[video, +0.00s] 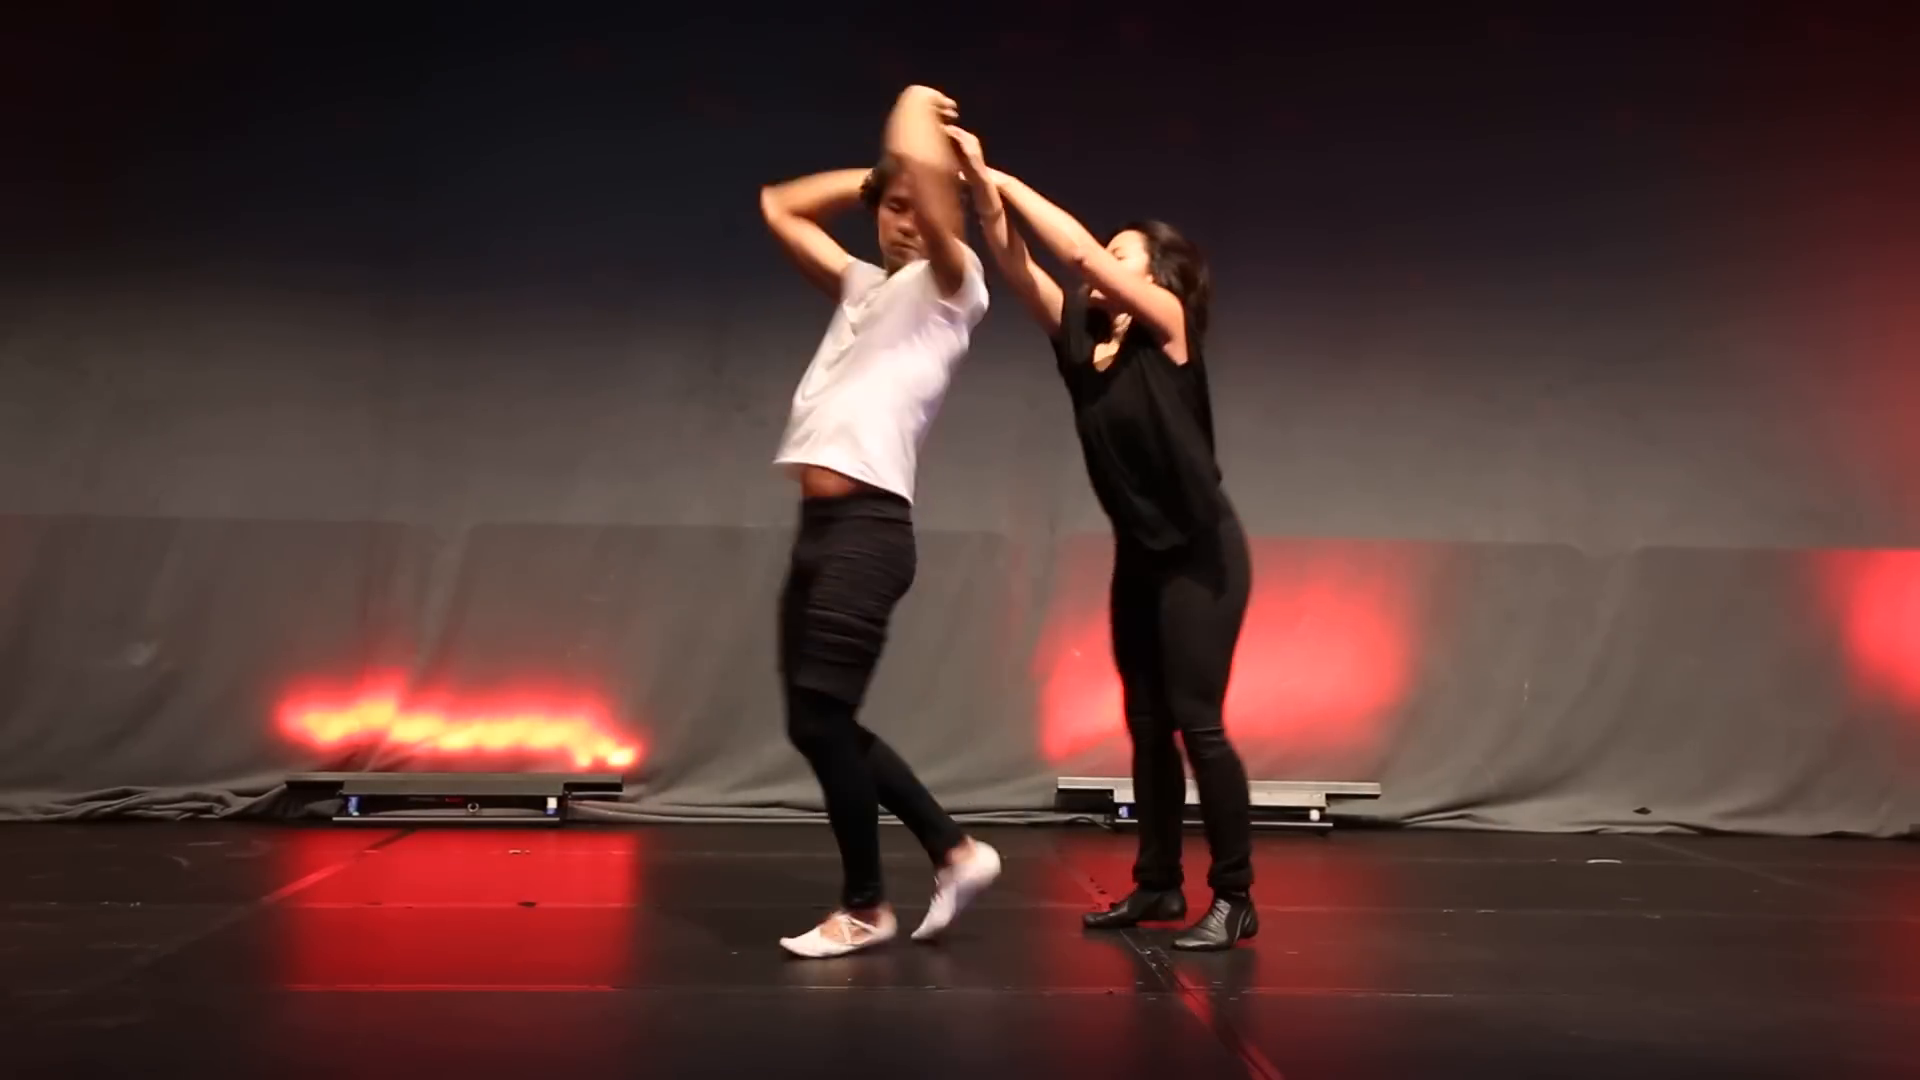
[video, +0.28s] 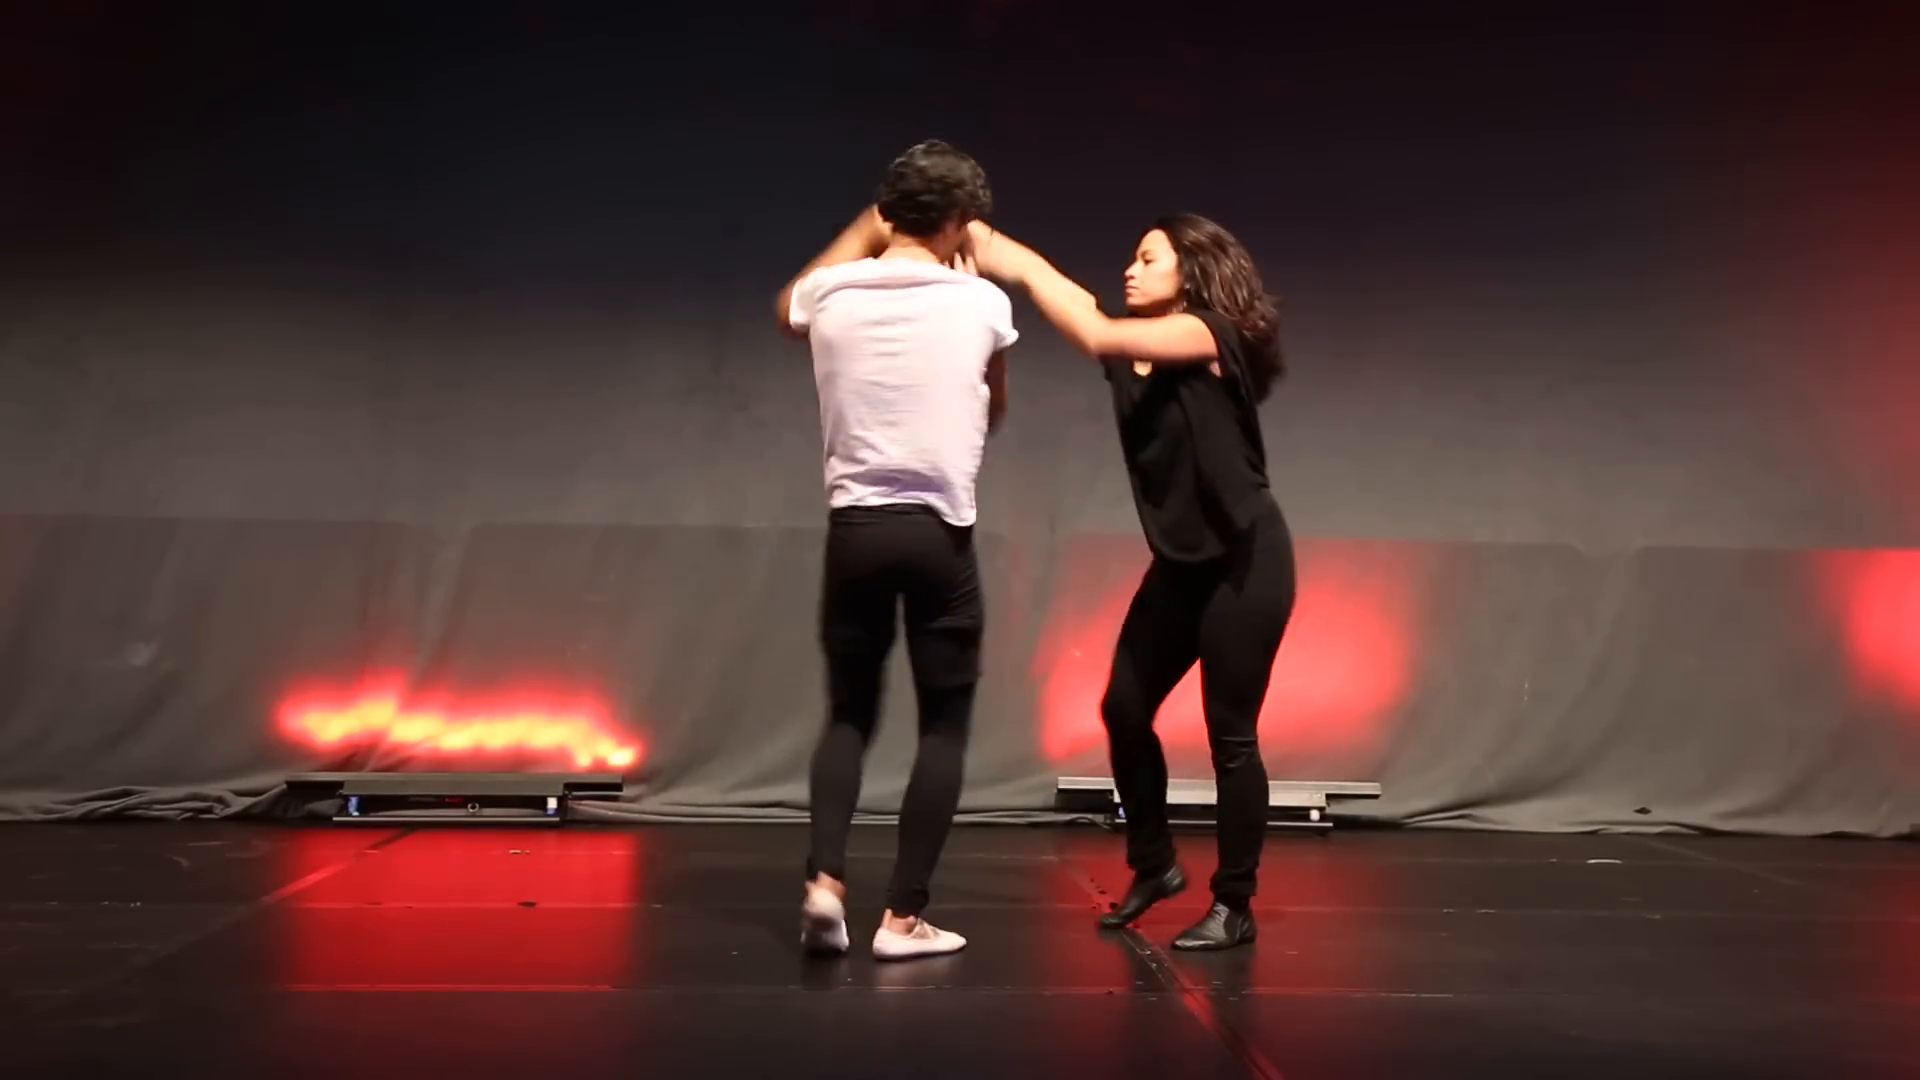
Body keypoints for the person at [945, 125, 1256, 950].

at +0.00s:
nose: (1100, 260)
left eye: (1118, 252)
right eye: (1103, 249)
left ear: (1161, 274)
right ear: (1105, 270)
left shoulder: (1171, 325)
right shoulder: (1082, 332)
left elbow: (1085, 253)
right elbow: (1007, 254)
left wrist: (1003, 181)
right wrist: (975, 170)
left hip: (1203, 556)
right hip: (1139, 559)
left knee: (1197, 722)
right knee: (1148, 724)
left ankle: (1234, 903)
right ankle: (1158, 890)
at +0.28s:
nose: (1130, 272)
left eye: (1147, 261)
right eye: (1133, 261)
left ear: (1193, 273)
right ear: (1142, 277)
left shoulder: (1219, 333)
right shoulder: (1130, 335)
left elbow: (1096, 331)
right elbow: (1073, 315)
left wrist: (1024, 263)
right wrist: (1002, 255)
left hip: (1248, 560)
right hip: (1179, 563)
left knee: (1232, 731)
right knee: (1125, 710)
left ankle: (1234, 908)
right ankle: (1154, 866)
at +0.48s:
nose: (1154, 283)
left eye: (1170, 272)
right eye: (1157, 271)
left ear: (1217, 282)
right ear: (1190, 287)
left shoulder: (1233, 358)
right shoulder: (1163, 359)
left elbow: (1136, 419)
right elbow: (1064, 352)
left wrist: (1042, 369)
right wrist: (992, 339)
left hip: (1259, 574)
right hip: (1194, 579)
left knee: (1235, 737)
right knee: (1123, 715)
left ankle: (1235, 910)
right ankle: (1229, 827)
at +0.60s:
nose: (1168, 286)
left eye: (1183, 274)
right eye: (1171, 273)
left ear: (1228, 283)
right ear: (1206, 288)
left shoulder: (1237, 363)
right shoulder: (1200, 369)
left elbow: (1159, 441)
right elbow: (1129, 423)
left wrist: (1051, 427)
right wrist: (1041, 429)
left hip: (1253, 576)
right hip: (1208, 578)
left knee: (1227, 739)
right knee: (1157, 734)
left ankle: (1238, 904)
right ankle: (1254, 863)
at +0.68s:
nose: (1173, 286)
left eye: (1188, 274)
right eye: (1176, 273)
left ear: (1233, 285)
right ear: (1221, 289)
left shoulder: (1240, 365)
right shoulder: (1217, 369)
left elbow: (1175, 447)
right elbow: (1169, 463)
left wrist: (1063, 436)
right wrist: (1095, 488)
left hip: (1252, 575)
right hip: (1220, 576)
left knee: (1203, 735)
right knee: (1186, 734)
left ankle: (1237, 905)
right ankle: (1275, 876)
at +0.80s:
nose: (1178, 290)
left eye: (1194, 277)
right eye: (1183, 276)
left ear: (1238, 288)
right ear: (1227, 290)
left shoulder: (1245, 359)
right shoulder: (1230, 368)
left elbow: (1204, 400)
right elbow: (1206, 484)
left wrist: (1100, 351)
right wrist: (1144, 541)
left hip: (1258, 568)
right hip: (1250, 568)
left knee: (1188, 729)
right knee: (1231, 740)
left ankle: (1237, 901)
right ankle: (1291, 900)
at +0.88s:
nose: (1183, 292)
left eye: (1198, 278)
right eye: (1184, 279)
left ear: (1244, 288)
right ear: (1229, 289)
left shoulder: (1257, 361)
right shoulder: (1230, 372)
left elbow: (1183, 332)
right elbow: (1231, 492)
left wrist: (1107, 261)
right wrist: (1164, 554)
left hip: (1264, 572)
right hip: (1251, 574)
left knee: (1183, 727)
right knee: (1253, 742)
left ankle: (1242, 896)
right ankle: (1294, 901)